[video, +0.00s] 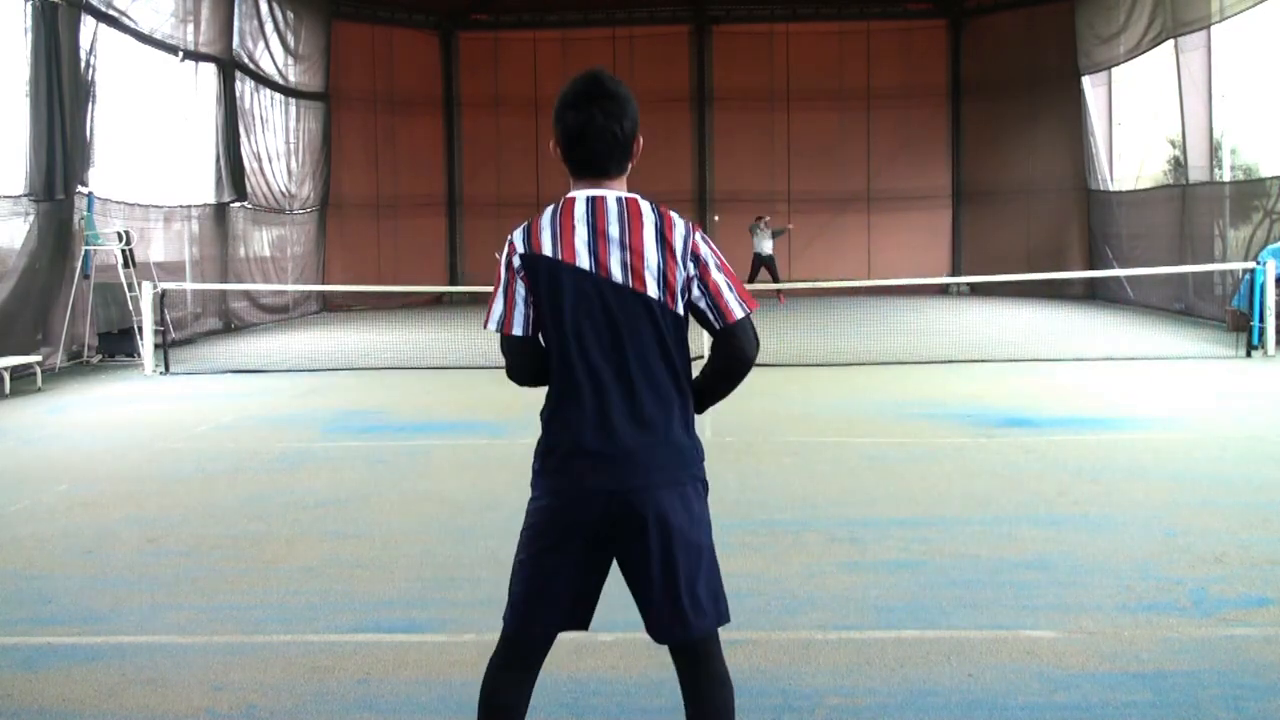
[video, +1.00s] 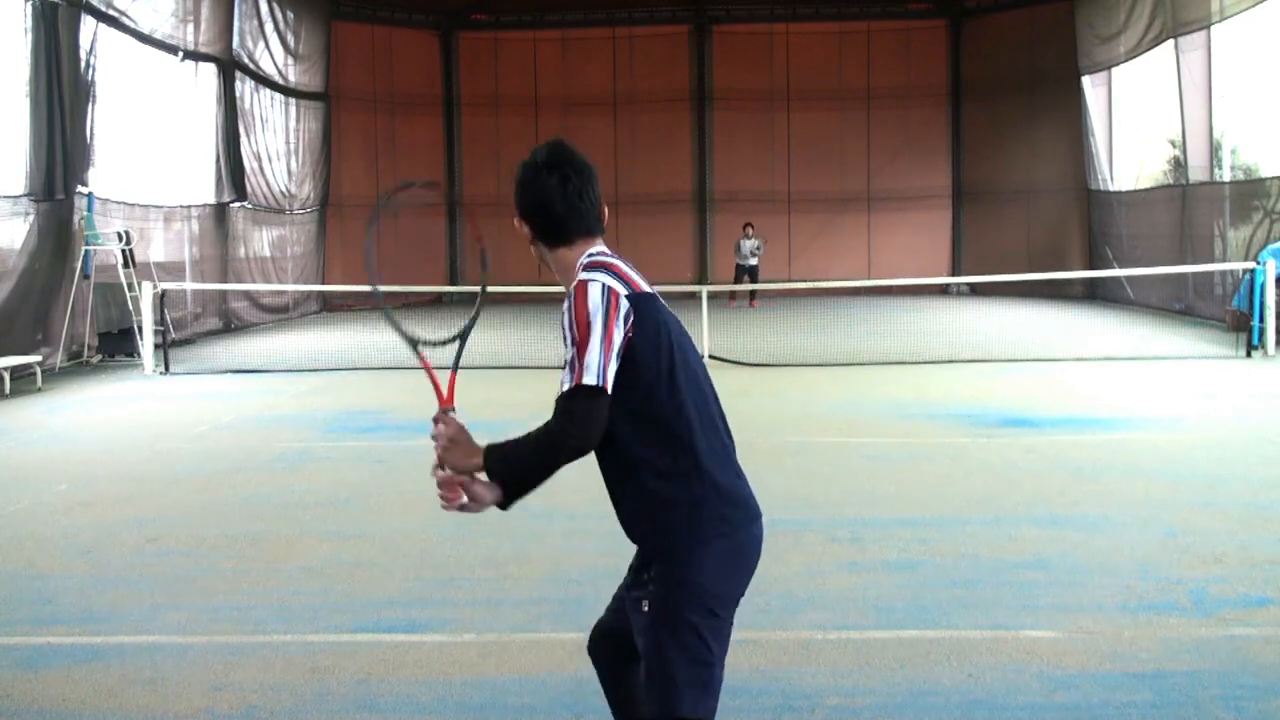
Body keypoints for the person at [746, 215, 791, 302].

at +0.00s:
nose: (762, 224)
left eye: (763, 222)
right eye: (760, 222)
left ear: (765, 223)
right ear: (757, 223)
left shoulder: (770, 232)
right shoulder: (755, 232)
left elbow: (779, 232)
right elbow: (753, 228)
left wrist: (786, 229)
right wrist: (763, 220)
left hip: (768, 255)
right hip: (758, 255)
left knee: (775, 276)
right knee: (752, 276)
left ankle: (779, 293)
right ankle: (747, 293)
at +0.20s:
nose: (771, 232)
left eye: (773, 230)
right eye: (770, 230)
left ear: (775, 232)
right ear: (767, 232)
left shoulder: (777, 242)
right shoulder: (765, 239)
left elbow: (785, 249)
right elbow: (762, 230)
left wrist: (794, 250)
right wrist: (768, 223)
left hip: (774, 264)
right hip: (765, 263)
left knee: (779, 282)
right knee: (757, 280)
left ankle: (778, 300)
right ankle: (745, 291)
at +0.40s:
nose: (772, 232)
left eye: (773, 230)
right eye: (770, 230)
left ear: (775, 232)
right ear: (768, 231)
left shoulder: (777, 242)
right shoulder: (764, 239)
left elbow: (778, 252)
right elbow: (760, 235)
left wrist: (778, 261)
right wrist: (766, 226)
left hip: (773, 263)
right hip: (763, 262)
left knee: (778, 281)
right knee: (760, 280)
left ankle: (778, 299)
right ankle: (752, 297)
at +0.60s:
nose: (764, 232)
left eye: (766, 230)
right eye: (762, 230)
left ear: (767, 231)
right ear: (759, 231)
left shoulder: (769, 242)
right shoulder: (756, 240)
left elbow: (771, 251)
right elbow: (749, 248)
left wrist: (772, 259)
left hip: (767, 263)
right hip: (758, 263)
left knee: (773, 282)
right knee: (761, 282)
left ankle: (774, 299)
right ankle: (758, 300)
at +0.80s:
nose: (756, 228)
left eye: (757, 226)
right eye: (754, 226)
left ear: (760, 227)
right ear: (751, 227)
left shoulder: (763, 237)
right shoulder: (747, 237)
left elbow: (768, 249)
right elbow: (742, 248)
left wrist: (761, 250)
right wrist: (747, 253)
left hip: (761, 260)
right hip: (751, 260)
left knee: (760, 279)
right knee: (753, 279)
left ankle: (756, 296)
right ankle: (753, 297)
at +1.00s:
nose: (749, 232)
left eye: (750, 229)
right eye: (747, 229)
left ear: (753, 231)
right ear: (744, 231)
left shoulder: (757, 241)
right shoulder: (740, 242)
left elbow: (760, 252)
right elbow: (736, 253)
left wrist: (754, 252)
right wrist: (744, 256)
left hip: (753, 265)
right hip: (741, 264)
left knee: (754, 283)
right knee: (737, 282)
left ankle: (752, 300)